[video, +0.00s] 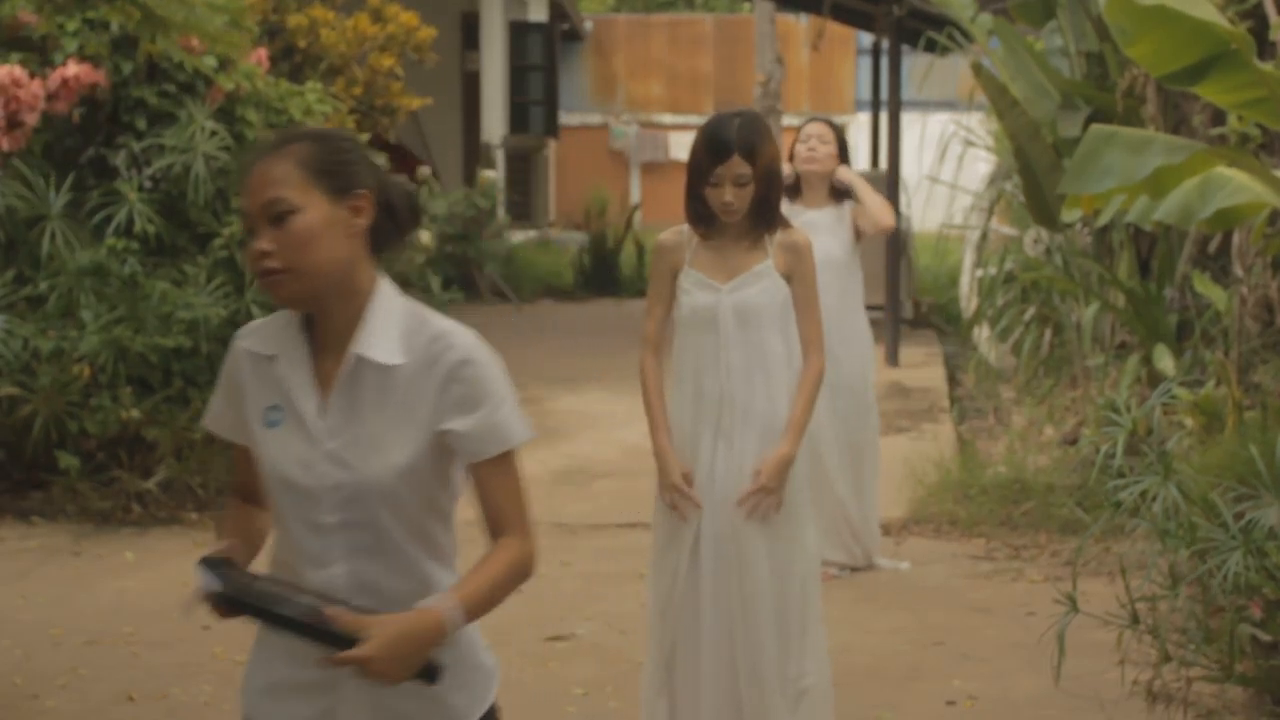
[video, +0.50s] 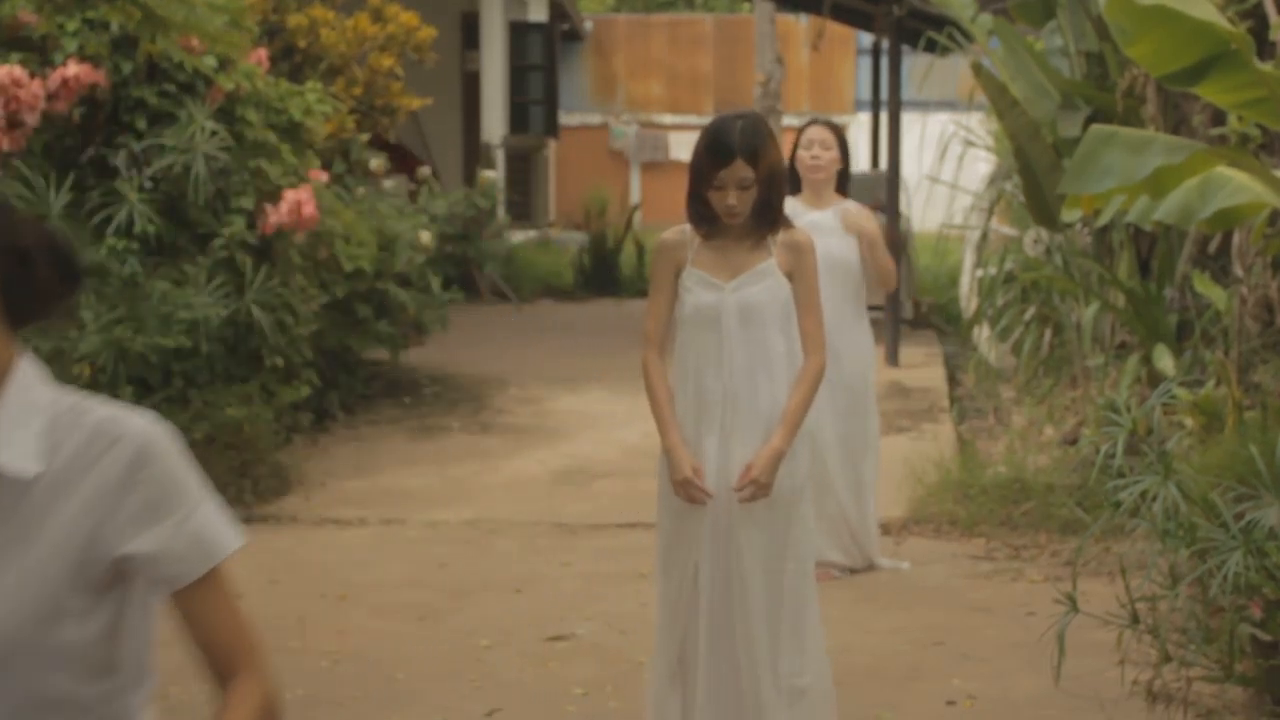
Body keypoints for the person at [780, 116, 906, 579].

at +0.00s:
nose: (811, 148)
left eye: (821, 142)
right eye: (804, 141)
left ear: (839, 159)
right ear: (791, 156)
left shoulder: (848, 209)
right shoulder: (776, 208)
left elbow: (884, 222)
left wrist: (853, 176)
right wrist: (773, 174)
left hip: (845, 334)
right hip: (792, 335)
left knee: (847, 436)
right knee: (798, 435)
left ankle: (851, 543)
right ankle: (805, 545)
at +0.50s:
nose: (816, 155)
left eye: (825, 148)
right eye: (808, 148)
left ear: (841, 159)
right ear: (794, 158)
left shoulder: (858, 216)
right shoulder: (779, 214)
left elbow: (886, 283)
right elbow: (762, 279)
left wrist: (870, 237)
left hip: (847, 335)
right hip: (792, 334)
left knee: (844, 438)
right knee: (796, 437)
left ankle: (845, 544)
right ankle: (801, 546)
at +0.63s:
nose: (814, 163)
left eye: (824, 155)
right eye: (806, 155)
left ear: (840, 162)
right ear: (793, 161)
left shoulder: (862, 218)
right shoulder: (779, 215)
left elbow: (878, 283)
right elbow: (762, 273)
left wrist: (867, 294)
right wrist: (776, 308)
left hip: (846, 339)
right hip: (794, 337)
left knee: (844, 440)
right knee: (798, 438)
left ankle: (845, 544)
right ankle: (802, 546)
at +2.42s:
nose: (815, 162)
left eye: (825, 153)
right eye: (806, 152)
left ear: (838, 160)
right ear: (793, 159)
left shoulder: (858, 217)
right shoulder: (779, 216)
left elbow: (873, 289)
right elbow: (767, 288)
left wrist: (868, 355)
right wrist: (771, 350)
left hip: (845, 353)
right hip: (792, 351)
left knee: (847, 449)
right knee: (796, 444)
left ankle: (849, 546)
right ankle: (800, 545)